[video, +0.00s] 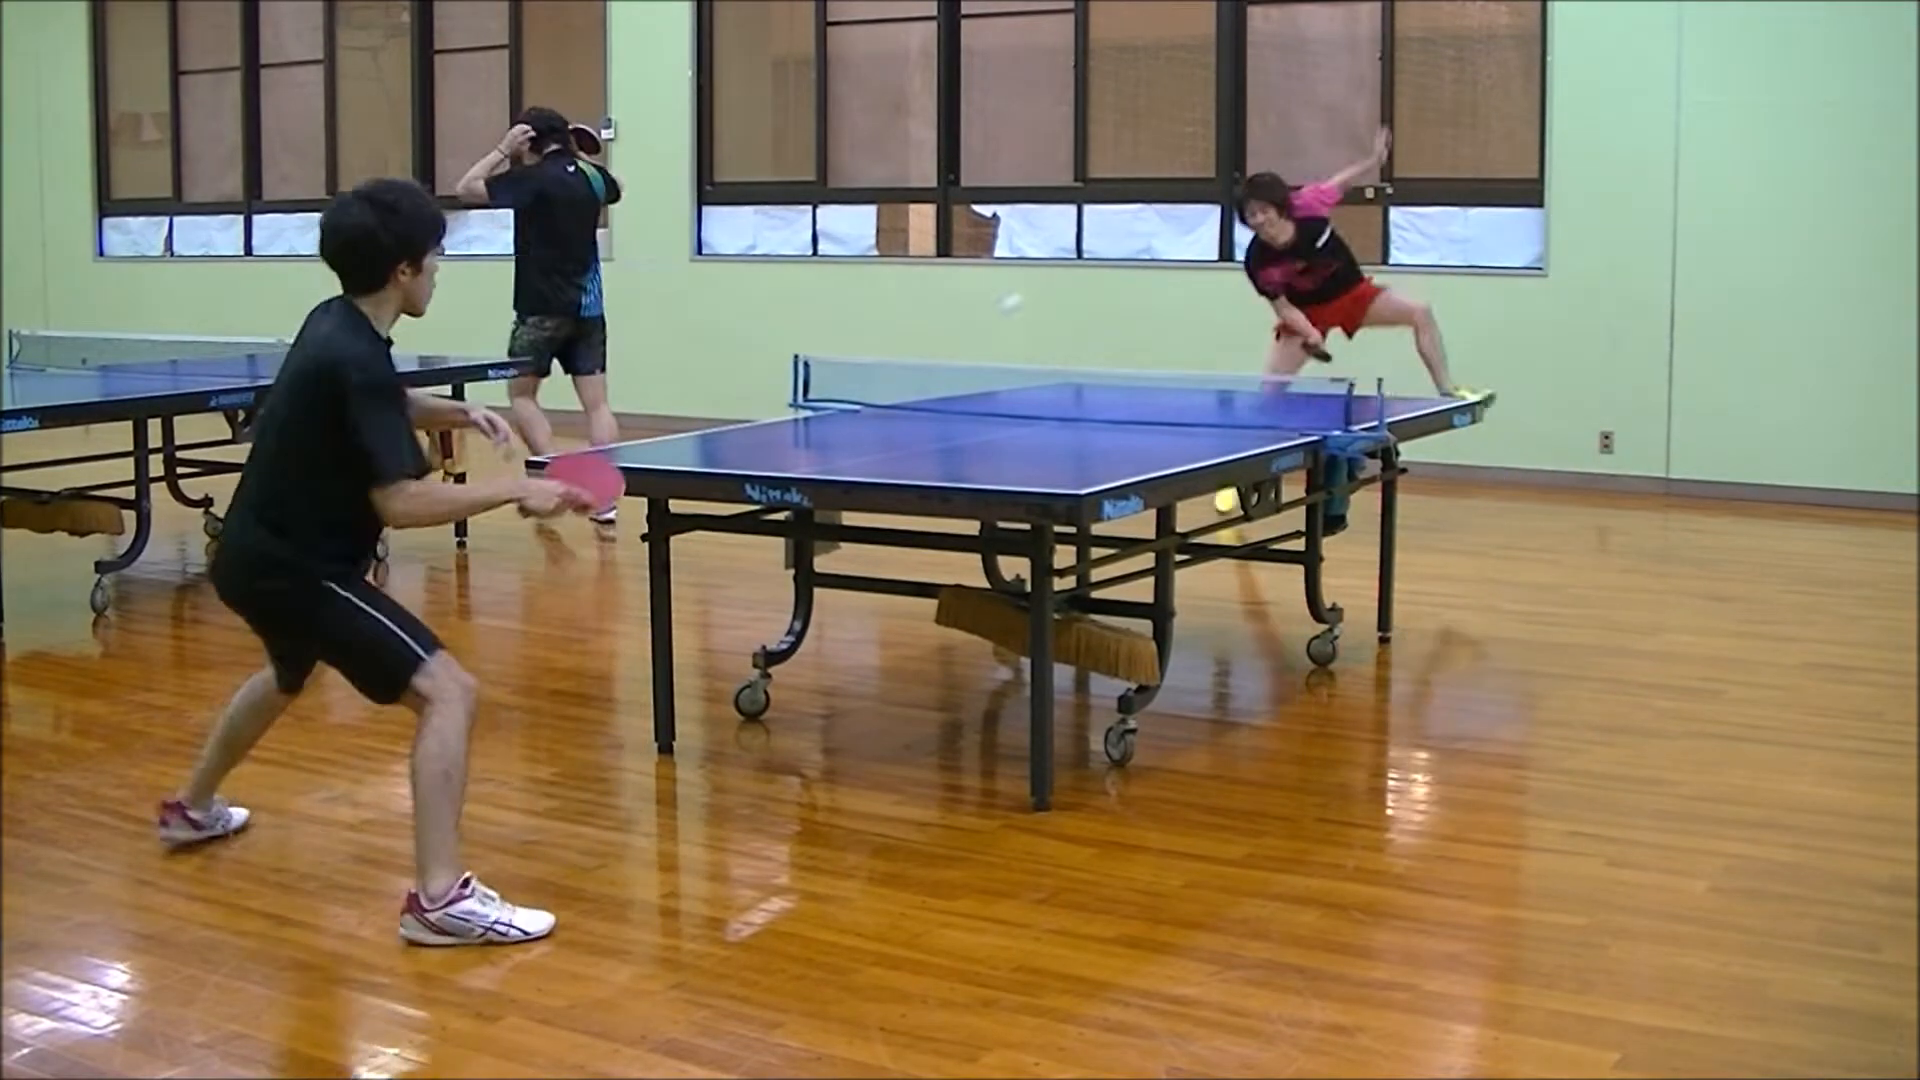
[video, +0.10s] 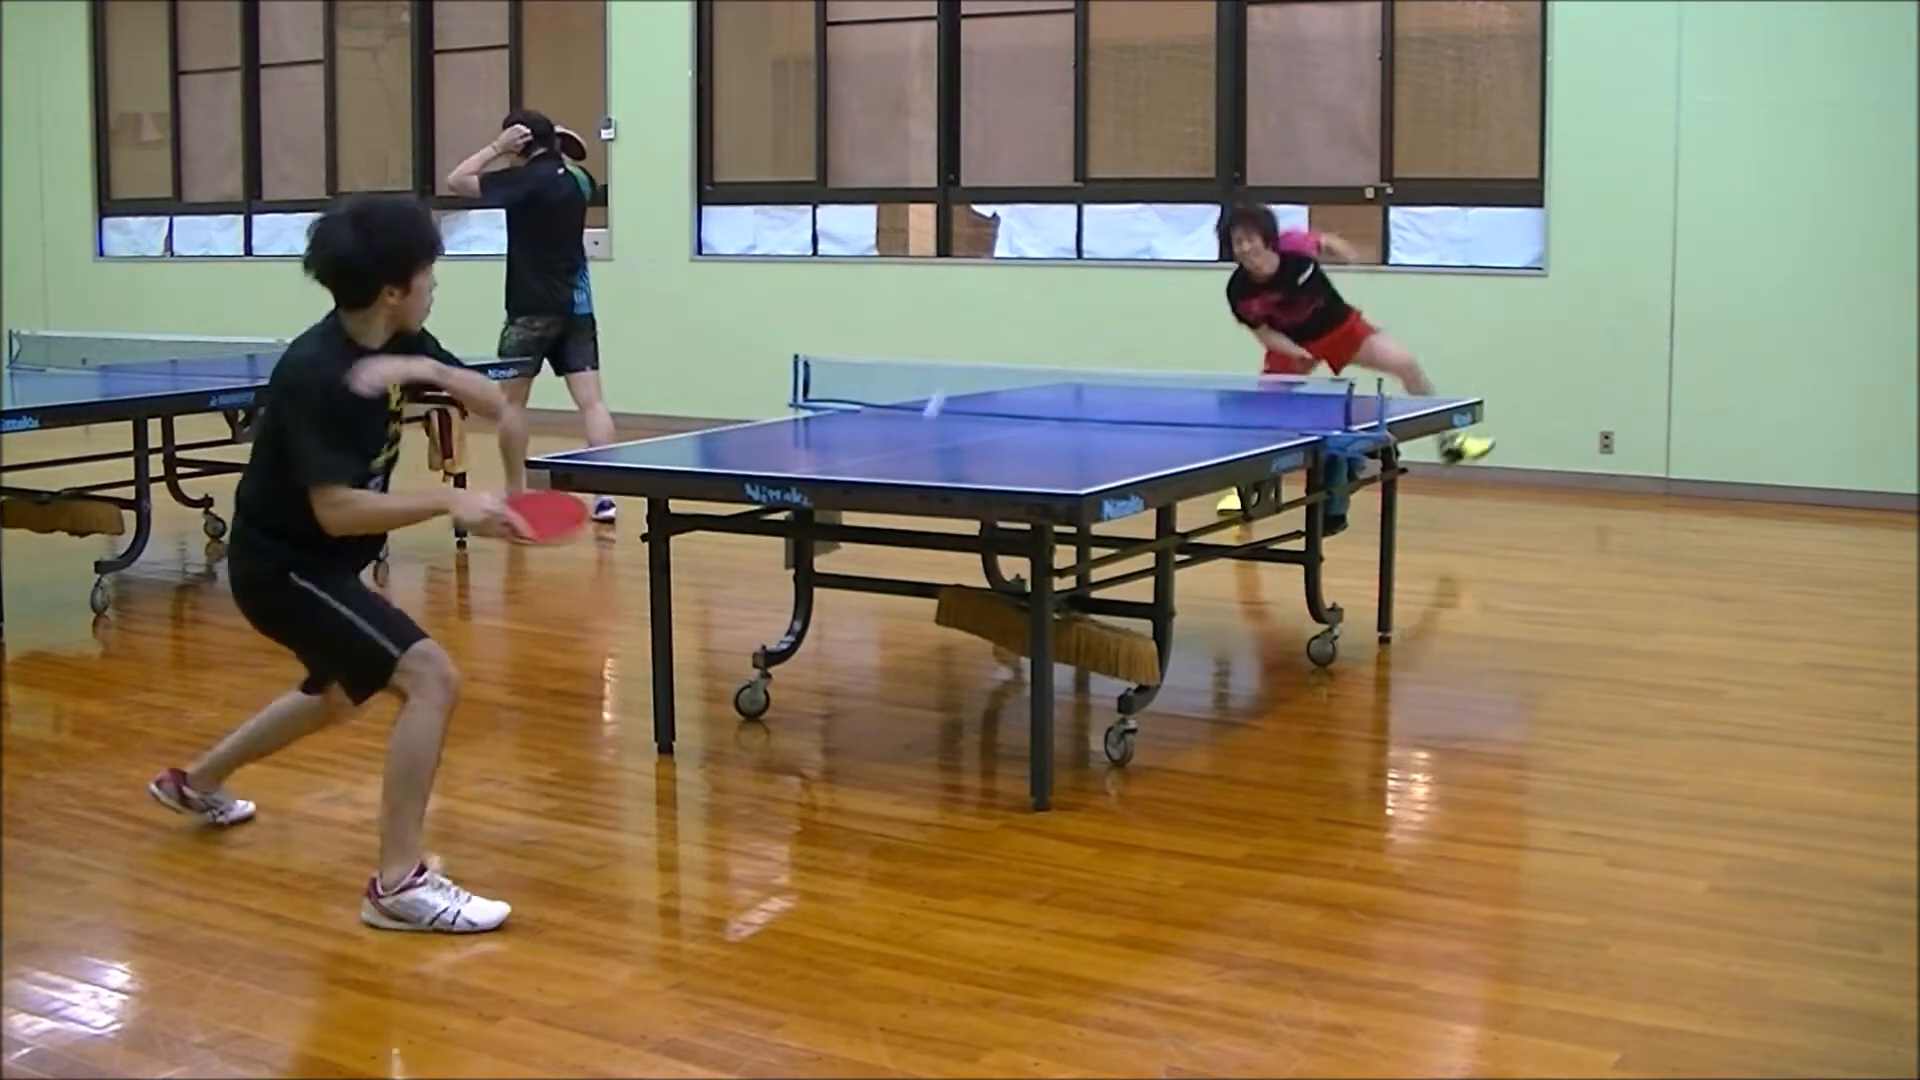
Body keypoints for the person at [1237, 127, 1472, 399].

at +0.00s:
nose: (1258, 220)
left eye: (1263, 211)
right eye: (1251, 215)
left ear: (1279, 204)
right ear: (1246, 220)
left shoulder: (1310, 205)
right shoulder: (1258, 261)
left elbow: (1341, 181)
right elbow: (1282, 307)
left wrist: (1374, 161)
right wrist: (1309, 333)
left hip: (1353, 298)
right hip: (1305, 314)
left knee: (1420, 314)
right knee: (1270, 391)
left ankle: (1447, 392)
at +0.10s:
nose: (1246, 248)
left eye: (1252, 238)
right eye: (1238, 242)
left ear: (1267, 235)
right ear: (1231, 247)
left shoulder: (1295, 246)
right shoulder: (1238, 292)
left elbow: (1339, 252)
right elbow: (1264, 334)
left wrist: (1341, 250)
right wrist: (1294, 353)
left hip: (1340, 331)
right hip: (1288, 350)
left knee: (1406, 364)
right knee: (1264, 418)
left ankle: (1448, 440)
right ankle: (1246, 488)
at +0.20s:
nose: (1251, 263)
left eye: (1258, 254)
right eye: (1244, 257)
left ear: (1274, 256)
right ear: (1238, 263)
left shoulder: (1305, 271)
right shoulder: (1242, 305)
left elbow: (1344, 298)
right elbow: (1260, 353)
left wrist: (1330, 339)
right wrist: (1293, 368)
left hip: (1337, 350)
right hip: (1284, 364)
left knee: (1379, 387)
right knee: (1259, 419)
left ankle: (1399, 483)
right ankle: (1246, 487)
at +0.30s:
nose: (1289, 246)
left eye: (1296, 239)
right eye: (1282, 240)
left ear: (1311, 243)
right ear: (1276, 245)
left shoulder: (1337, 272)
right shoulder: (1269, 284)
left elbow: (1361, 311)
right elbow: (1270, 336)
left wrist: (1338, 342)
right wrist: (1302, 357)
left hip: (1350, 362)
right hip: (1293, 364)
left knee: (1371, 424)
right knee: (1269, 421)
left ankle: (1391, 494)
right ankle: (1254, 487)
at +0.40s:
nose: (1323, 216)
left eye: (1331, 208)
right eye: (1317, 208)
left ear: (1347, 213)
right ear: (1308, 216)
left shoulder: (1368, 247)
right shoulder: (1299, 256)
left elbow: (1386, 289)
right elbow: (1295, 311)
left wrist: (1366, 322)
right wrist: (1332, 334)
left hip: (1376, 337)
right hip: (1321, 339)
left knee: (1408, 408)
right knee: (1291, 410)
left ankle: (1397, 487)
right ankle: (1256, 485)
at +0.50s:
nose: (1348, 203)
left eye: (1357, 195)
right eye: (1342, 196)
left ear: (1373, 201)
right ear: (1334, 201)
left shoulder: (1393, 234)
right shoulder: (1322, 242)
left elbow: (1409, 281)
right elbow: (1319, 298)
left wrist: (1403, 310)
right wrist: (1345, 329)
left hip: (1395, 327)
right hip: (1345, 330)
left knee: (1435, 399)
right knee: (1314, 401)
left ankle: (1441, 478)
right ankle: (1297, 477)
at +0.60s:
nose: (1377, 214)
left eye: (1385, 206)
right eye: (1370, 206)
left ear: (1400, 211)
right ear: (1361, 212)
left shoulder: (1418, 246)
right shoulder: (1347, 252)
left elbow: (1439, 295)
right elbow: (1332, 303)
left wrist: (1442, 331)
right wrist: (1349, 343)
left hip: (1417, 346)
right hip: (1366, 349)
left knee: (1467, 411)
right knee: (1332, 418)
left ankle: (1503, 492)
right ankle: (1325, 506)